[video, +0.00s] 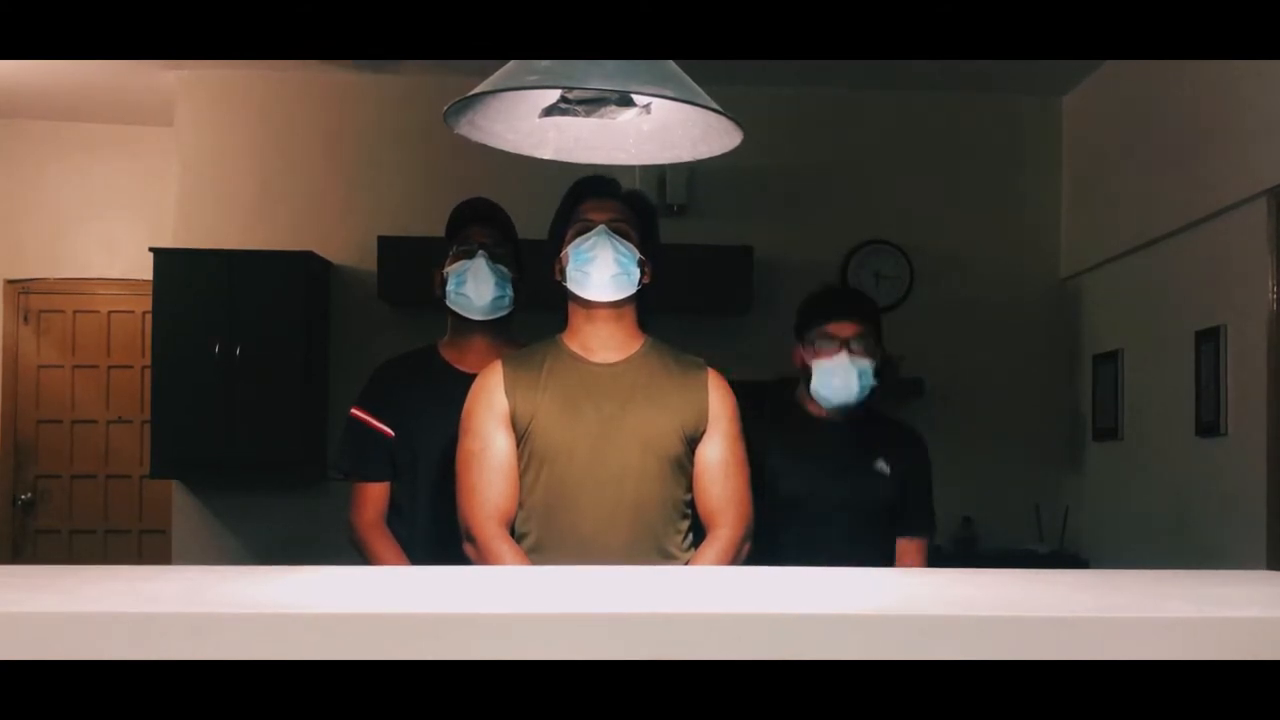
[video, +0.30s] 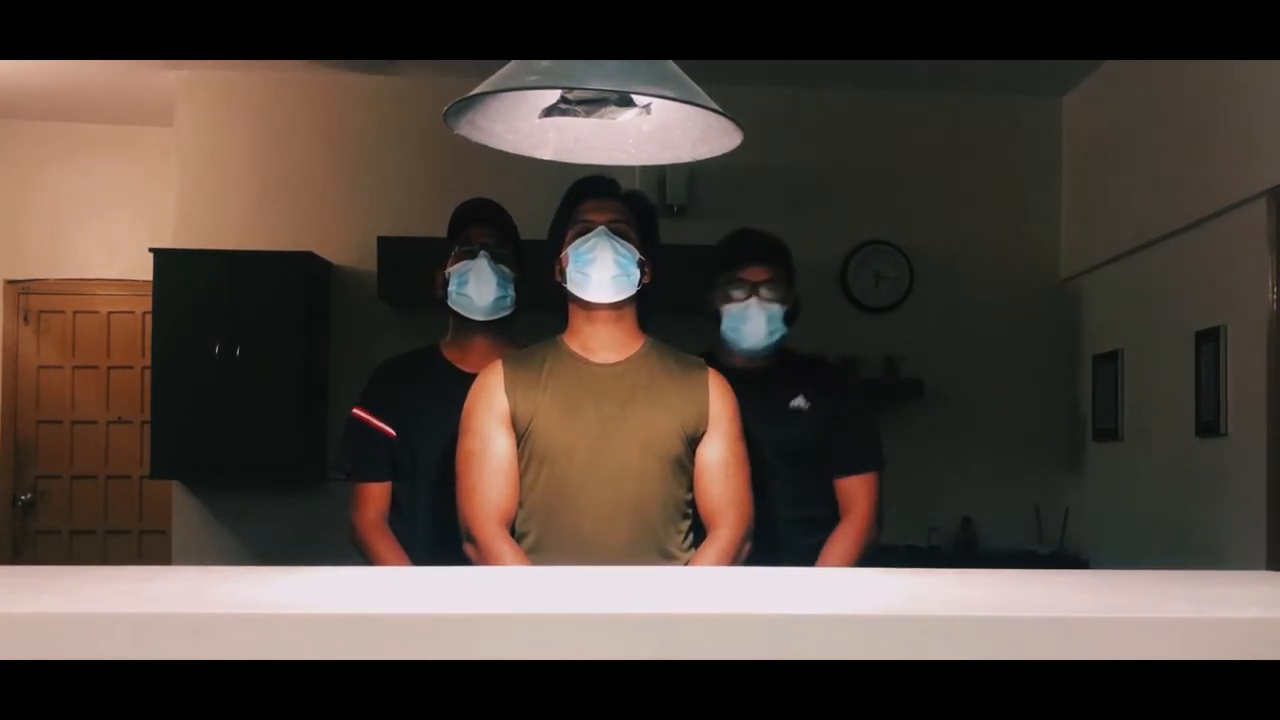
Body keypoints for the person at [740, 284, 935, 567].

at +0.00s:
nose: (844, 359)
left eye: (859, 345)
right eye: (826, 344)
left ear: (877, 356)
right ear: (801, 354)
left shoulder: (900, 444)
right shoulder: (756, 431)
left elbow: (910, 563)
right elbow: (733, 540)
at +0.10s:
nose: (823, 311)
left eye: (838, 297)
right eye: (806, 295)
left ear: (856, 307)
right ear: (784, 302)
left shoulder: (881, 393)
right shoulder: (735, 380)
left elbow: (892, 522)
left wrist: (848, 601)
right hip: (753, 589)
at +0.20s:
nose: (787, 287)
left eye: (802, 274)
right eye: (770, 273)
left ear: (821, 283)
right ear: (747, 280)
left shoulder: (857, 367)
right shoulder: (709, 362)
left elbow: (873, 495)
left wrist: (818, 582)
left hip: (817, 582)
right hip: (726, 579)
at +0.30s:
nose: (754, 306)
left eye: (771, 292)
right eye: (737, 292)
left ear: (790, 303)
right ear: (715, 302)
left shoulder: (828, 388)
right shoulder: (691, 387)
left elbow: (859, 517)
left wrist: (809, 600)